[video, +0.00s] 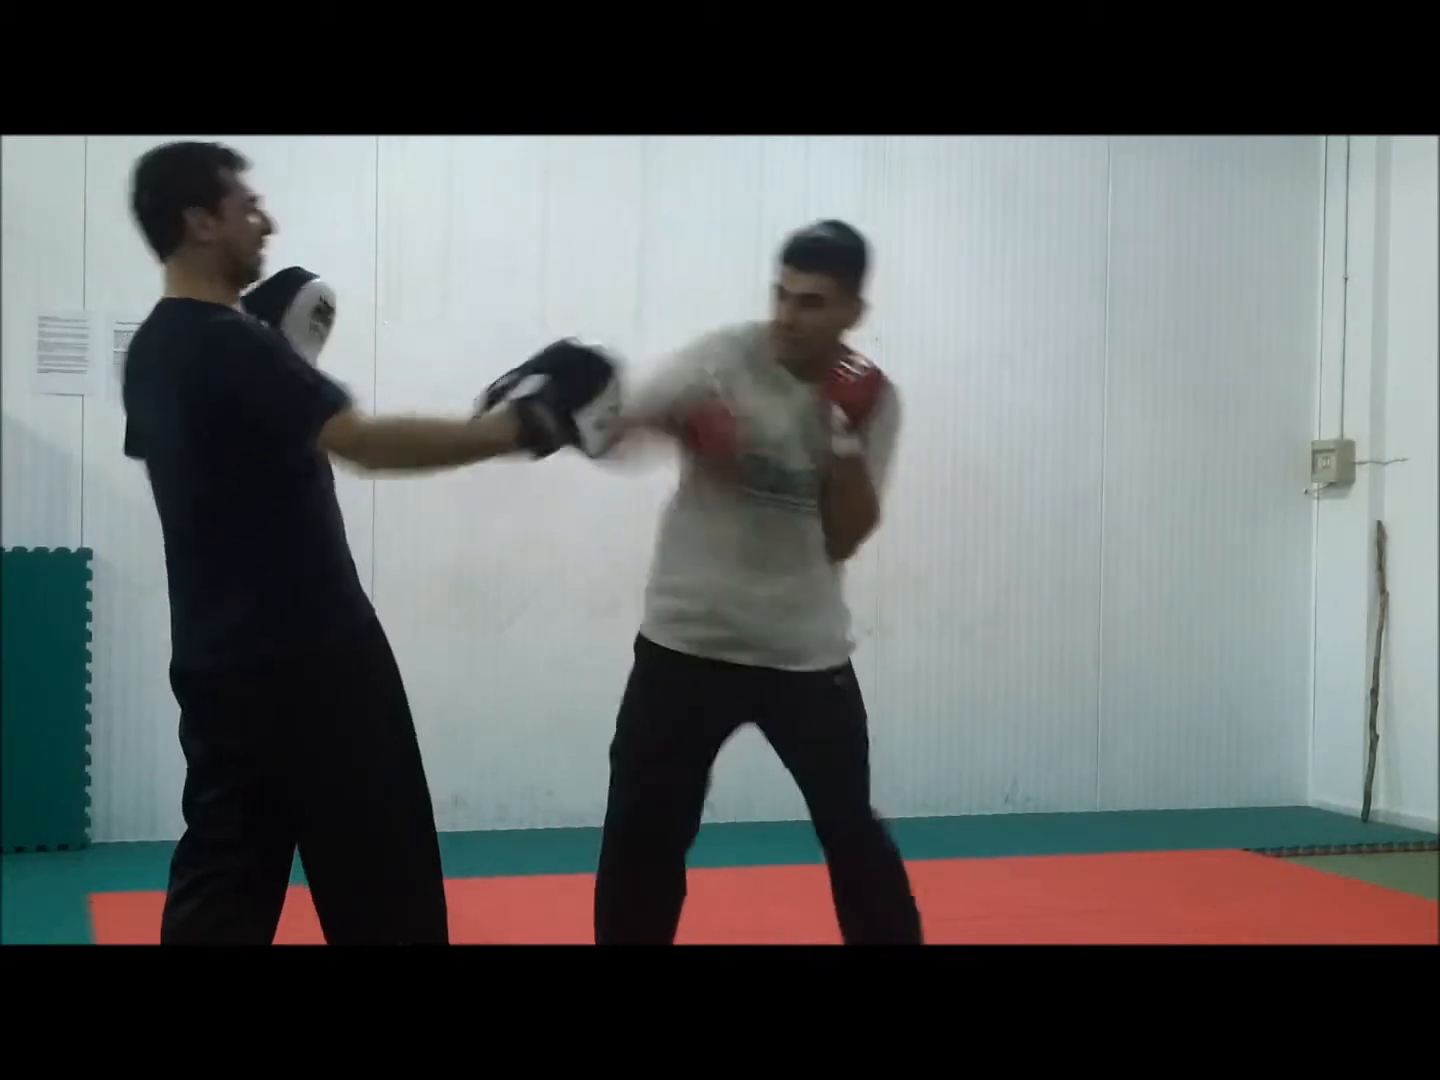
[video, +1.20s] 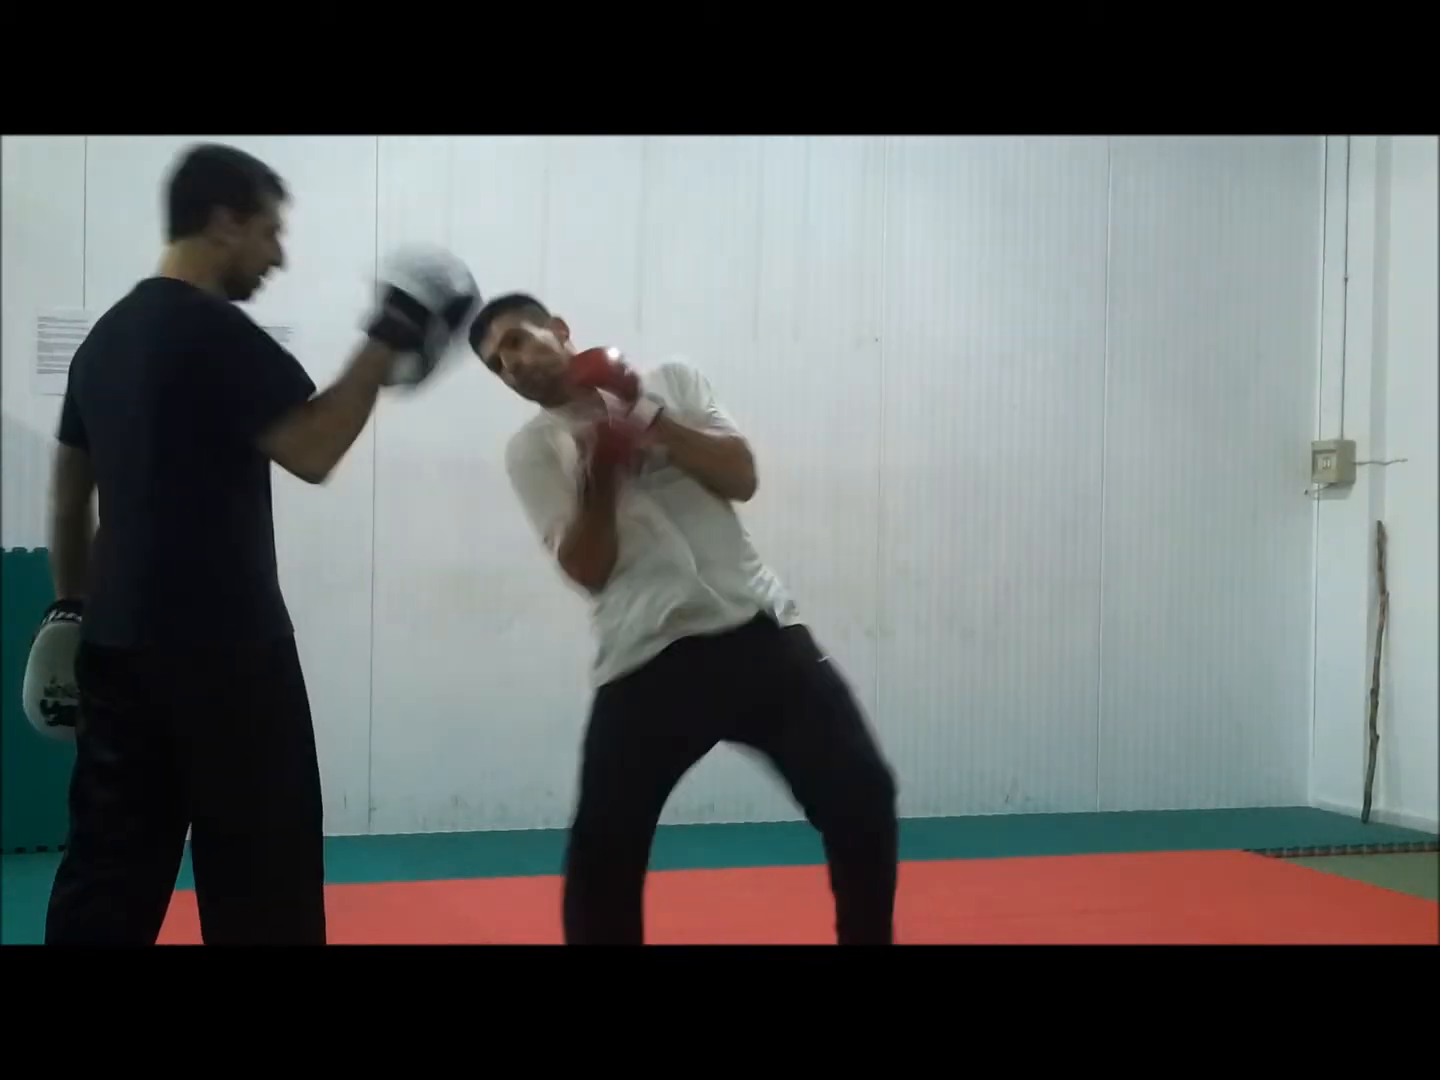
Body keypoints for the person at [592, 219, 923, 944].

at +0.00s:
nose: (789, 316)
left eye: (813, 302)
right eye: (783, 295)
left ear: (855, 310)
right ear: (773, 291)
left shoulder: (869, 399)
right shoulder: (721, 358)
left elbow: (844, 538)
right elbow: (604, 426)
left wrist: (846, 427)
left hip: (806, 659)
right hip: (687, 648)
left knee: (854, 839)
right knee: (638, 850)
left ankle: (894, 946)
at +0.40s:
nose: (778, 218)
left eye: (798, 202)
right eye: (773, 202)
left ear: (851, 211)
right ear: (770, 210)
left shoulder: (913, 323)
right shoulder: (745, 304)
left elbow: (951, 462)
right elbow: (712, 408)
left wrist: (861, 396)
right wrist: (721, 437)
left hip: (864, 603)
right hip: (752, 593)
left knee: (881, 812)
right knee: (717, 790)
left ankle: (904, 942)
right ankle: (717, 938)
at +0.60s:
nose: (735, 317)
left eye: (750, 298)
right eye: (731, 300)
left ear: (803, 296)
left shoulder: (876, 387)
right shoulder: (770, 396)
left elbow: (849, 535)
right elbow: (758, 533)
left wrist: (796, 439)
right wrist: (718, 453)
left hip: (877, 661)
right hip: (789, 654)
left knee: (907, 862)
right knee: (689, 806)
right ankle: (686, 945)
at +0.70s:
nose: (671, 341)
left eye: (681, 320)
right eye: (668, 325)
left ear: (731, 312)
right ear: (733, 319)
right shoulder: (780, 383)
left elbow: (762, 531)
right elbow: (764, 521)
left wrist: (688, 467)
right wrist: (688, 457)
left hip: (831, 660)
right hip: (774, 660)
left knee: (869, 849)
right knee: (683, 820)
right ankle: (641, 941)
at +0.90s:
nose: (571, 401)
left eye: (575, 377)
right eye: (565, 385)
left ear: (618, 357)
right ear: (625, 361)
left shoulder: (667, 406)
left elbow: (687, 550)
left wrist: (612, 494)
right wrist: (669, 636)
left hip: (777, 670)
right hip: (706, 677)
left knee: (844, 866)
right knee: (608, 835)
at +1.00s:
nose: (542, 371)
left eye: (546, 347)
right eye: (532, 363)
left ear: (598, 333)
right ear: (543, 384)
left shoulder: (698, 376)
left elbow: (734, 473)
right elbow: (667, 569)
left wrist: (653, 424)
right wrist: (636, 666)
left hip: (788, 662)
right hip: (678, 684)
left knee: (858, 849)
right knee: (600, 878)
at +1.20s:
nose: (514, 358)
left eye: (518, 337)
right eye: (500, 361)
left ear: (561, 329)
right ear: (508, 384)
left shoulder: (669, 383)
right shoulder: (535, 448)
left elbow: (741, 477)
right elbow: (586, 570)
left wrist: (645, 413)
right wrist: (601, 466)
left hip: (760, 638)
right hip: (646, 667)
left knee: (863, 799)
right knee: (601, 862)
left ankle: (867, 938)